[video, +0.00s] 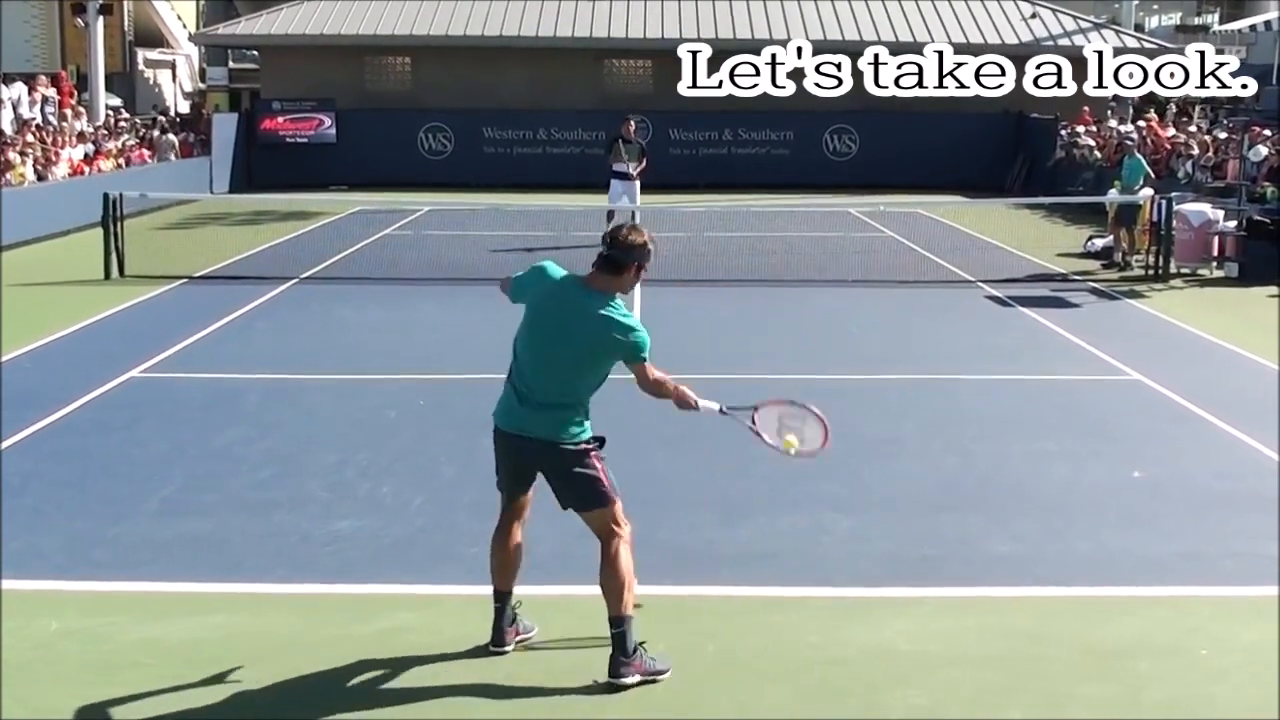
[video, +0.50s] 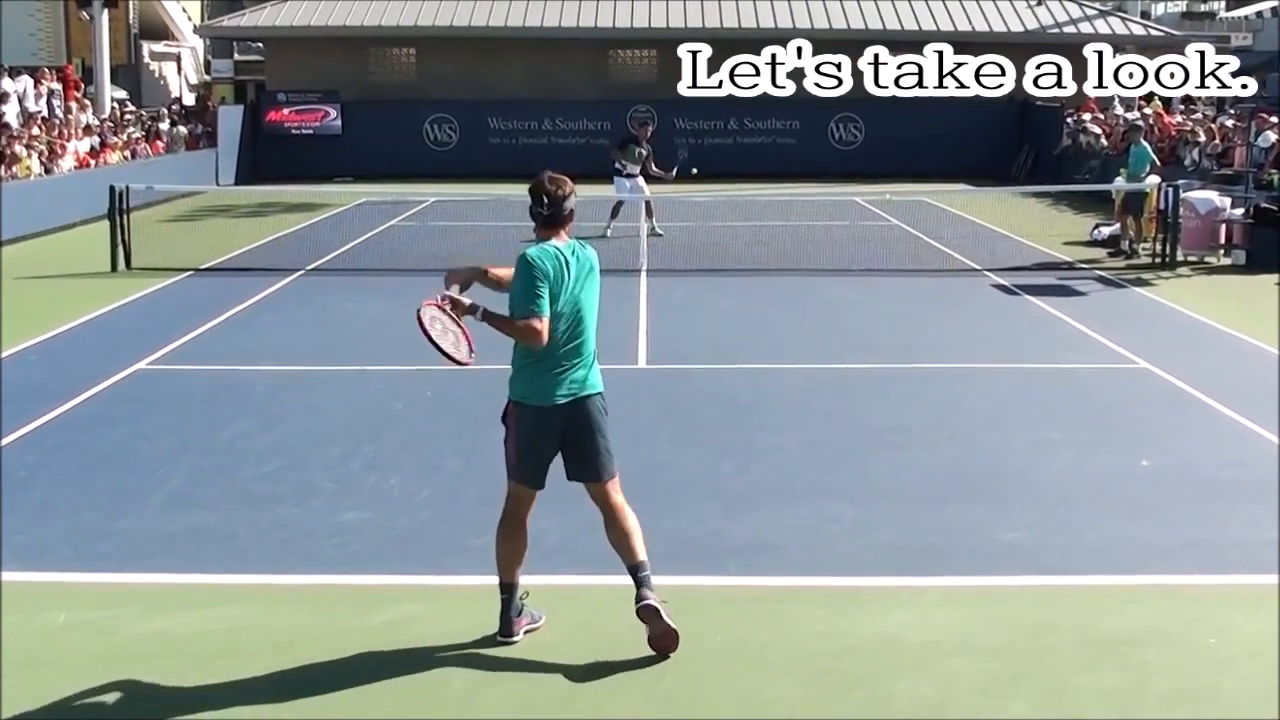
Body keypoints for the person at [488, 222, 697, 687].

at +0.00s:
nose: (642, 277)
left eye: (643, 270)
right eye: (643, 271)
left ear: (601, 256)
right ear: (632, 272)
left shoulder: (545, 276)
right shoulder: (623, 327)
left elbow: (507, 287)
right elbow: (647, 378)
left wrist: (560, 294)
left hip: (510, 429)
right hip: (565, 439)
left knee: (511, 514)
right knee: (615, 534)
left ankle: (502, 624)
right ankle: (625, 656)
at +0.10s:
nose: (626, 260)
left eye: (626, 253)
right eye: (628, 253)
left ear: (585, 237)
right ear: (622, 253)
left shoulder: (531, 267)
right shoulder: (613, 300)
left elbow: (477, 300)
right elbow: (629, 346)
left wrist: (523, 285)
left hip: (512, 418)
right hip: (568, 425)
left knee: (508, 511)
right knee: (606, 526)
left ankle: (503, 623)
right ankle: (626, 640)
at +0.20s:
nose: (611, 240)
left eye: (605, 231)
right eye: (612, 234)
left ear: (570, 224)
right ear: (608, 235)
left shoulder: (524, 262)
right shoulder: (611, 283)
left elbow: (473, 318)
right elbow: (575, 304)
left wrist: (490, 275)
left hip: (514, 408)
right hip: (571, 412)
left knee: (510, 510)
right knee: (601, 517)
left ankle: (504, 621)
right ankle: (623, 624)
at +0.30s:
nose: (600, 223)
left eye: (595, 216)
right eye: (600, 218)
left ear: (554, 217)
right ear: (594, 223)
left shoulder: (525, 263)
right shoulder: (603, 264)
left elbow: (494, 331)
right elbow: (551, 250)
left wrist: (469, 287)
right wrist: (488, 240)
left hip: (519, 405)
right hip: (576, 403)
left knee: (510, 507)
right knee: (601, 506)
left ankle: (505, 617)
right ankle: (621, 612)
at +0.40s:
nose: (577, 215)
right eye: (579, 209)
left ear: (540, 213)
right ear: (579, 214)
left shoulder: (530, 260)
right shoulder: (592, 255)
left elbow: (520, 333)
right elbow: (530, 254)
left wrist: (470, 301)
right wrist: (474, 246)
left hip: (525, 405)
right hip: (578, 402)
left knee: (513, 507)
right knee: (604, 504)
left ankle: (507, 614)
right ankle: (626, 604)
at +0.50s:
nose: (539, 214)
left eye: (537, 207)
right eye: (565, 207)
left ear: (532, 212)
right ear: (573, 214)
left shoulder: (534, 259)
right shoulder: (587, 256)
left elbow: (536, 333)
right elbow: (524, 278)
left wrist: (475, 313)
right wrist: (477, 272)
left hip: (534, 406)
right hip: (586, 400)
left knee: (517, 506)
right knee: (612, 498)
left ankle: (510, 613)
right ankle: (645, 590)